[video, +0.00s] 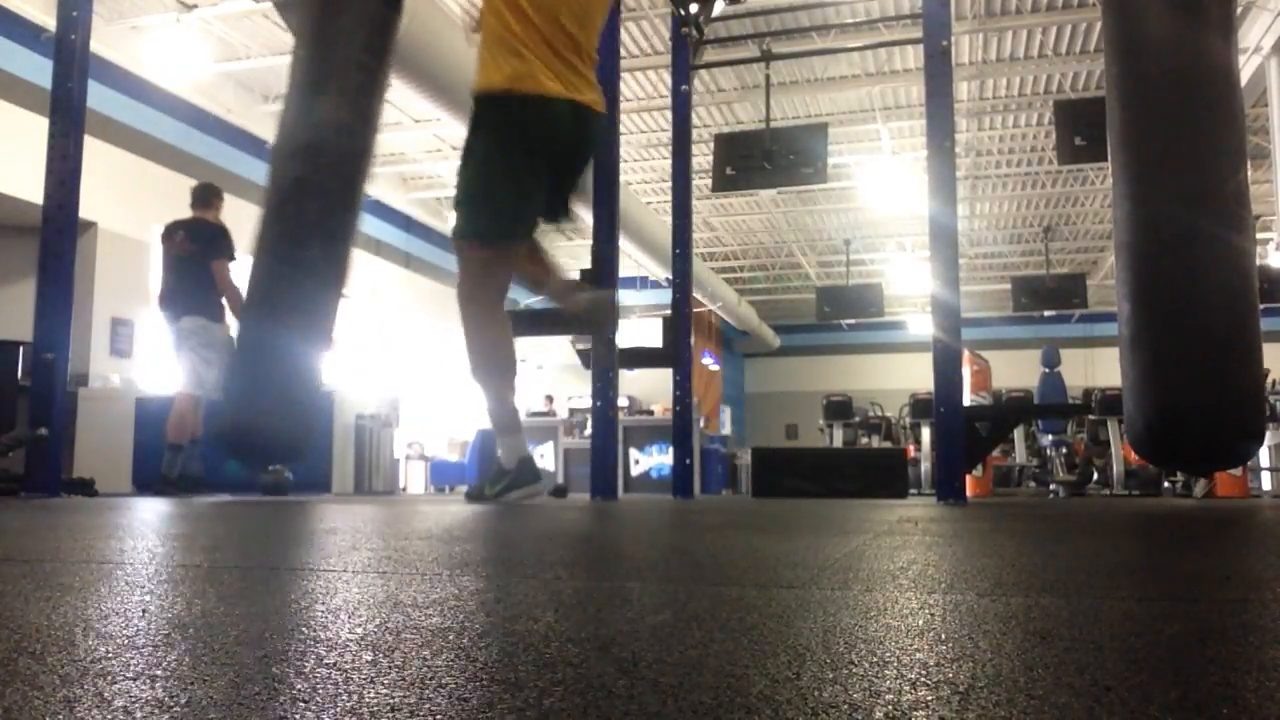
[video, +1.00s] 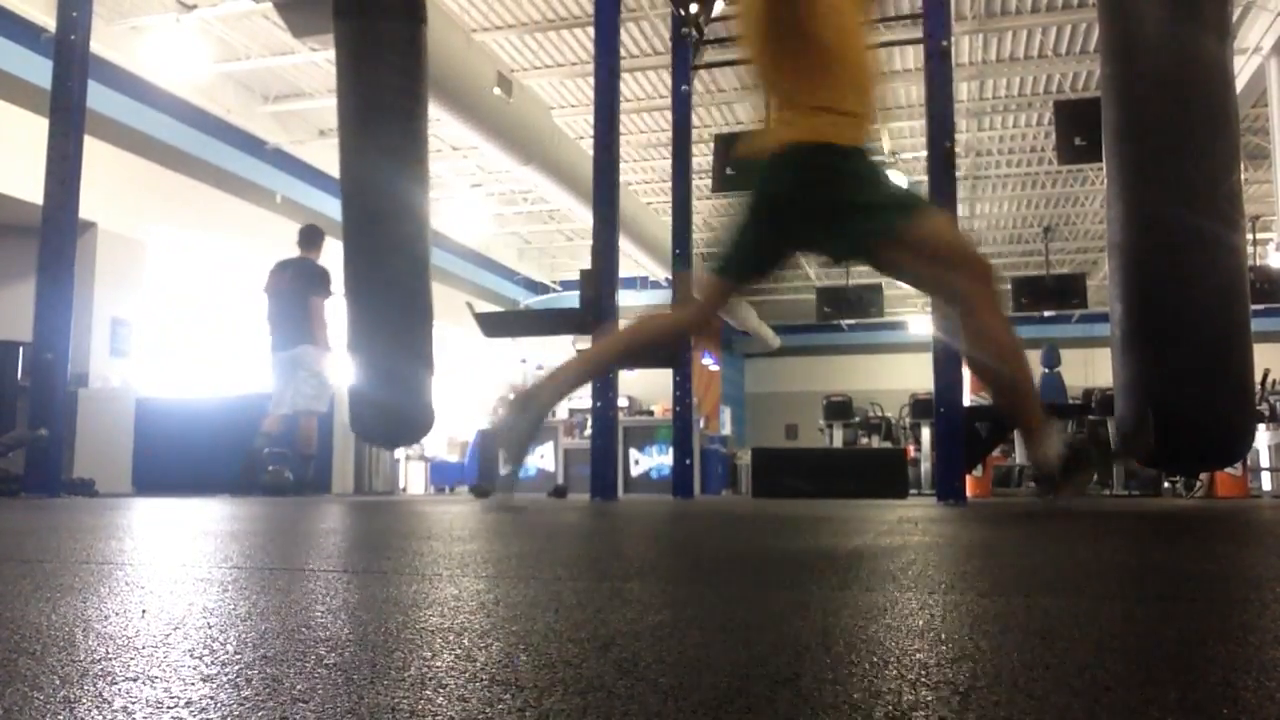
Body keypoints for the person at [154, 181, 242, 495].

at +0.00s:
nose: (220, 210)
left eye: (218, 205)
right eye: (220, 206)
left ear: (192, 203)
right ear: (217, 205)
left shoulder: (172, 229)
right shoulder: (216, 231)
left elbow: (165, 288)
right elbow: (224, 281)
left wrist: (174, 320)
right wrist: (245, 317)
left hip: (176, 311)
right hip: (202, 314)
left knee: (196, 392)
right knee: (190, 389)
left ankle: (191, 464)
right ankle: (171, 464)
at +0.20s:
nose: (237, 225)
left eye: (233, 220)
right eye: (238, 220)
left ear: (211, 217)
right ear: (236, 219)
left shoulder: (194, 244)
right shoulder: (235, 246)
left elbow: (192, 296)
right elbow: (246, 293)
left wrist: (204, 323)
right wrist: (274, 335)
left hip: (201, 325)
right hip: (226, 326)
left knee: (216, 398)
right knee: (211, 396)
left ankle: (227, 469)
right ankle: (178, 462)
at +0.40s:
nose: (256, 230)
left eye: (254, 225)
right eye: (256, 225)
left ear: (231, 223)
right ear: (253, 224)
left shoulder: (215, 249)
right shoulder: (251, 250)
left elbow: (214, 300)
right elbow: (257, 296)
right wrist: (283, 337)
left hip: (225, 338)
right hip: (250, 338)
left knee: (222, 402)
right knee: (260, 400)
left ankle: (223, 472)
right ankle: (221, 442)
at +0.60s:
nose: (275, 237)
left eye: (272, 231)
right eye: (276, 231)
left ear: (252, 229)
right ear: (275, 231)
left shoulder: (234, 253)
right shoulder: (270, 255)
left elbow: (231, 303)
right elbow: (267, 300)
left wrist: (241, 332)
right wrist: (279, 340)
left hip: (241, 334)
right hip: (264, 334)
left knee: (236, 398)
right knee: (284, 398)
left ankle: (230, 466)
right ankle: (277, 462)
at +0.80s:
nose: (297, 246)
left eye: (293, 241)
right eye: (298, 242)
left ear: (276, 238)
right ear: (297, 241)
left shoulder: (257, 264)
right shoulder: (293, 267)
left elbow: (253, 307)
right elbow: (288, 312)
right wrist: (296, 344)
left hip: (258, 346)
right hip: (284, 346)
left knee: (247, 407)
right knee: (296, 410)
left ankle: (234, 468)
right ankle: (300, 470)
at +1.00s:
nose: (317, 250)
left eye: (310, 244)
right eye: (318, 245)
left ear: (298, 243)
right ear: (320, 245)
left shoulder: (278, 269)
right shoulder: (317, 272)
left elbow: (271, 314)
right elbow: (317, 315)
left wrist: (277, 341)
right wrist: (324, 348)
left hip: (280, 348)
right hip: (308, 347)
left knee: (279, 405)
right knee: (309, 411)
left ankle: (255, 454)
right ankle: (307, 473)